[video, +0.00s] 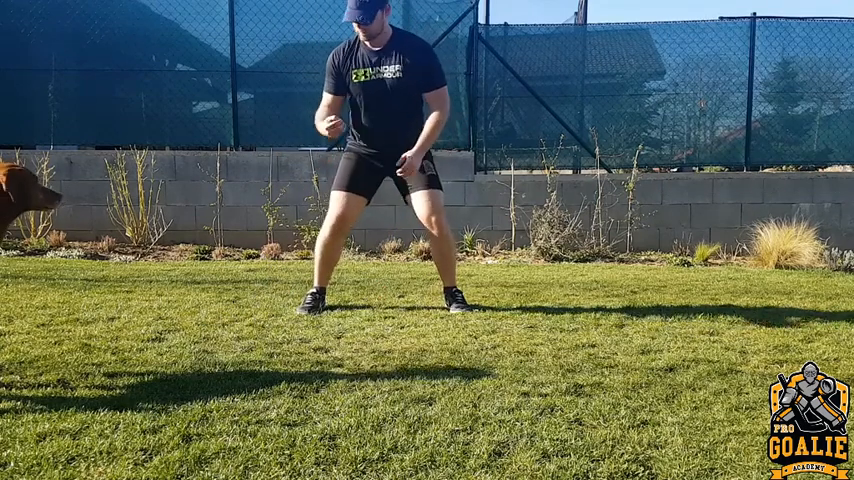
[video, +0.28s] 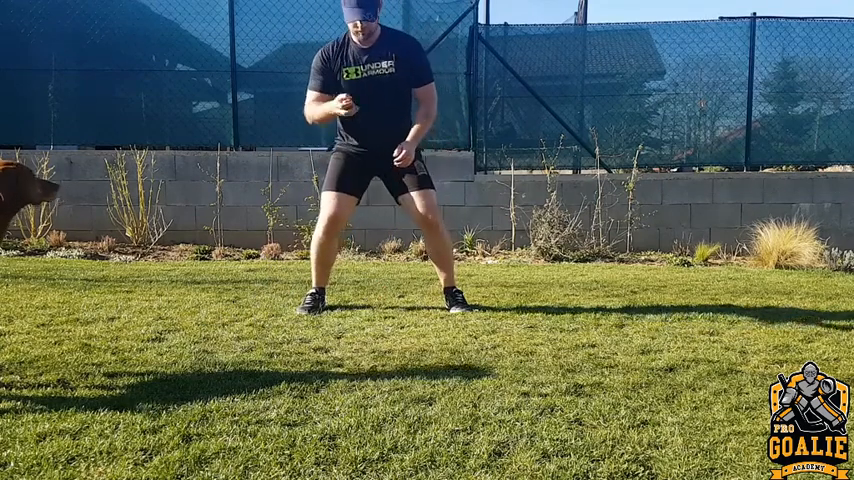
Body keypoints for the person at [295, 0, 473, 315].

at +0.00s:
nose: (361, 27)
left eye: (367, 19)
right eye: (356, 21)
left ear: (386, 11)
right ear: (350, 17)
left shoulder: (417, 50)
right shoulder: (341, 57)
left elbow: (440, 108)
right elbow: (326, 108)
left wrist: (417, 152)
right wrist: (326, 125)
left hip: (411, 150)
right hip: (362, 150)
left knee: (434, 221)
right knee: (335, 221)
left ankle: (452, 292)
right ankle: (317, 293)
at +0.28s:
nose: (361, 28)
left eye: (367, 21)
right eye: (354, 22)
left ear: (378, 13)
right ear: (345, 17)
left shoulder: (406, 47)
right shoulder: (328, 56)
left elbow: (428, 104)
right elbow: (311, 112)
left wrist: (411, 142)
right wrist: (332, 107)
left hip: (398, 147)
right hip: (351, 149)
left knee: (429, 215)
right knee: (329, 219)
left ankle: (452, 291)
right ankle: (317, 293)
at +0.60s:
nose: (374, 22)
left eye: (380, 15)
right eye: (367, 16)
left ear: (390, 13)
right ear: (358, 14)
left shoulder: (417, 50)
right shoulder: (341, 52)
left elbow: (437, 104)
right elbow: (328, 108)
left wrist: (422, 141)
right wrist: (358, 94)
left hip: (405, 148)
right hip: (357, 148)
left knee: (433, 218)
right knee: (332, 220)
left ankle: (452, 291)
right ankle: (317, 293)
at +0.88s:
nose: (382, 19)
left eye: (389, 13)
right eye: (375, 13)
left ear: (397, 12)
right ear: (365, 12)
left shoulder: (421, 51)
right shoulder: (343, 53)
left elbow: (439, 104)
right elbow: (327, 112)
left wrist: (431, 136)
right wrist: (320, 162)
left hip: (405, 151)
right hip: (357, 152)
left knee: (434, 219)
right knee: (333, 223)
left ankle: (452, 291)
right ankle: (317, 293)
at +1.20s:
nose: (416, 30)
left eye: (420, 23)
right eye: (410, 22)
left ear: (424, 20)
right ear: (388, 16)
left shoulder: (431, 63)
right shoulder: (354, 56)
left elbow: (449, 118)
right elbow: (327, 109)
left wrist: (471, 161)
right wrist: (319, 160)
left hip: (411, 154)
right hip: (363, 154)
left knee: (446, 216)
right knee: (338, 224)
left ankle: (464, 290)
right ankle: (317, 293)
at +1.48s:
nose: (478, 52)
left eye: (483, 47)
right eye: (473, 44)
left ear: (488, 42)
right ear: (455, 33)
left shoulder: (484, 87)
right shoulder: (414, 68)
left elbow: (497, 141)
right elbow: (376, 118)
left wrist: (515, 141)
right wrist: (381, 165)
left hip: (443, 168)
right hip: (395, 163)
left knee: (474, 218)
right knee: (356, 231)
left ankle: (473, 296)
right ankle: (320, 293)